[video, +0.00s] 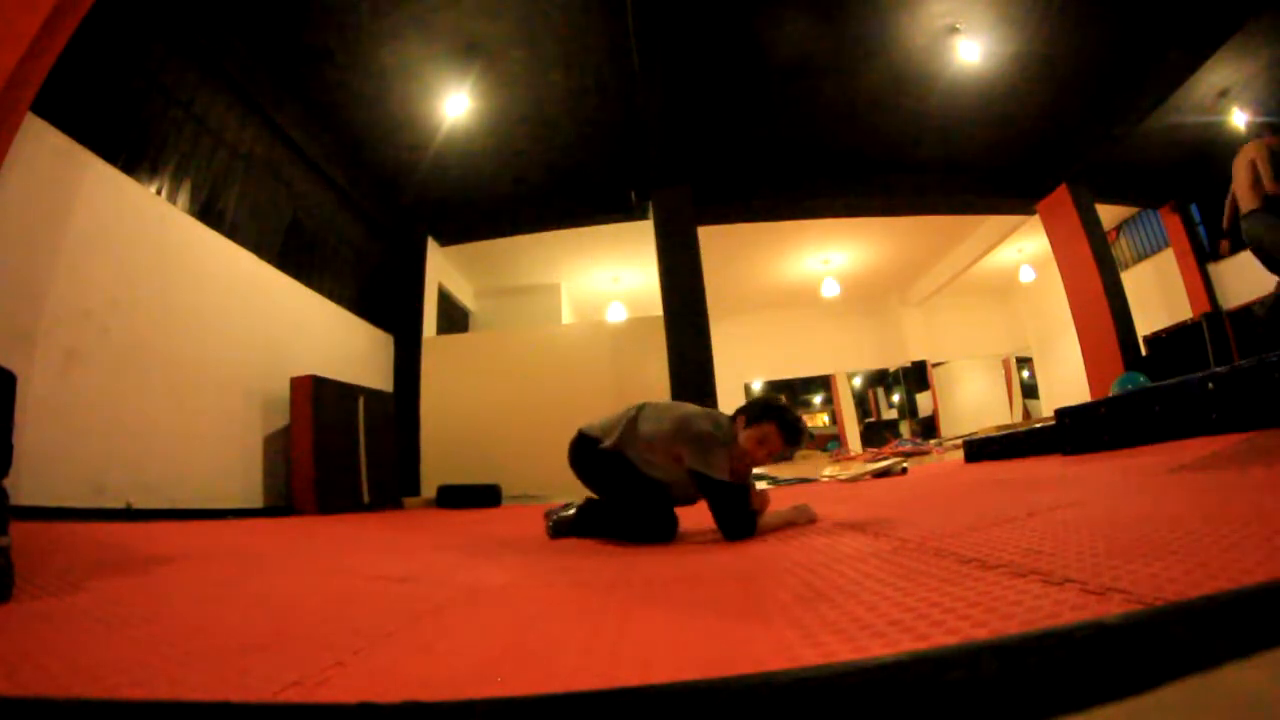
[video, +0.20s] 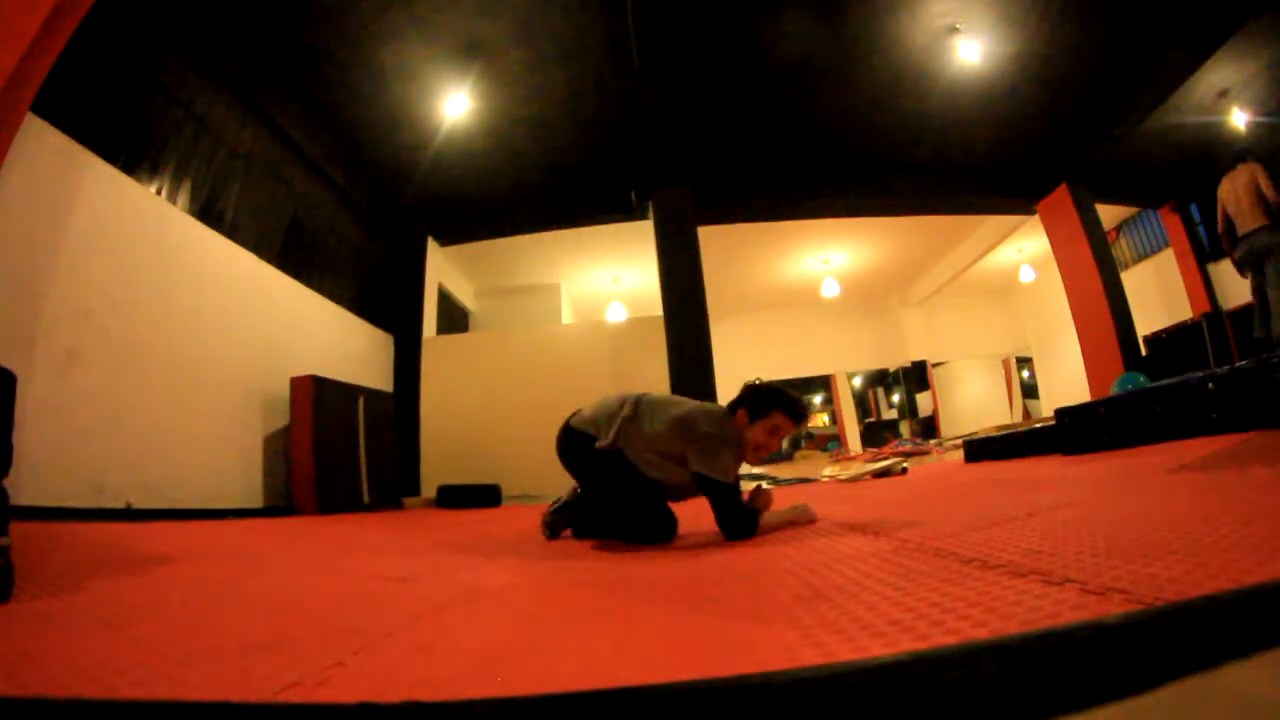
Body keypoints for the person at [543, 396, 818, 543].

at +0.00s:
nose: (760, 458)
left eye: (772, 455)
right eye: (761, 443)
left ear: (775, 458)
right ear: (743, 422)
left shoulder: (727, 442)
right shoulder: (710, 438)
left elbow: (733, 511)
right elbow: (736, 529)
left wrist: (750, 504)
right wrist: (789, 518)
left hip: (622, 454)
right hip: (594, 452)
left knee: (664, 514)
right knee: (659, 527)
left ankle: (586, 510)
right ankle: (575, 521)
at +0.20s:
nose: (774, 446)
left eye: (782, 440)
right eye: (771, 432)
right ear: (743, 417)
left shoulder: (721, 431)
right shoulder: (714, 433)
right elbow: (735, 528)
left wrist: (749, 507)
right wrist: (788, 518)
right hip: (585, 442)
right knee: (658, 527)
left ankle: (581, 505)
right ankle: (576, 513)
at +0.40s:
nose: (782, 400)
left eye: (786, 390)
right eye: (781, 388)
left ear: (744, 376)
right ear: (748, 377)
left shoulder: (712, 385)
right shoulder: (715, 406)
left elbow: (700, 484)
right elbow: (730, 507)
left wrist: (772, 516)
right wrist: (783, 518)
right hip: (587, 436)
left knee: (654, 517)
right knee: (659, 529)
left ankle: (582, 499)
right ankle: (576, 511)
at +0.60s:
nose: (767, 326)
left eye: (768, 315)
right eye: (763, 314)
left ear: (732, 314)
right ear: (733, 312)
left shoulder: (697, 335)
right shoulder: (701, 354)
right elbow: (730, 448)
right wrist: (782, 496)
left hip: (630, 426)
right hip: (597, 428)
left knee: (662, 472)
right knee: (659, 527)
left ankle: (593, 503)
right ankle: (576, 508)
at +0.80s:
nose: (744, 288)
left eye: (743, 278)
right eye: (739, 277)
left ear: (714, 278)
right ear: (714, 277)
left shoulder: (693, 316)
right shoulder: (688, 319)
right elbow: (701, 418)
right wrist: (740, 495)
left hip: (649, 423)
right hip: (609, 424)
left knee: (715, 410)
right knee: (658, 527)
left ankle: (693, 501)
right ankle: (587, 514)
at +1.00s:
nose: (732, 276)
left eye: (731, 267)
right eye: (727, 266)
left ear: (706, 268)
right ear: (707, 266)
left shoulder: (694, 309)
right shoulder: (680, 301)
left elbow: (684, 382)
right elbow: (656, 367)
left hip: (674, 425)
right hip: (640, 426)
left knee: (740, 411)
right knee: (656, 525)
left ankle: (735, 509)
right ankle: (585, 522)